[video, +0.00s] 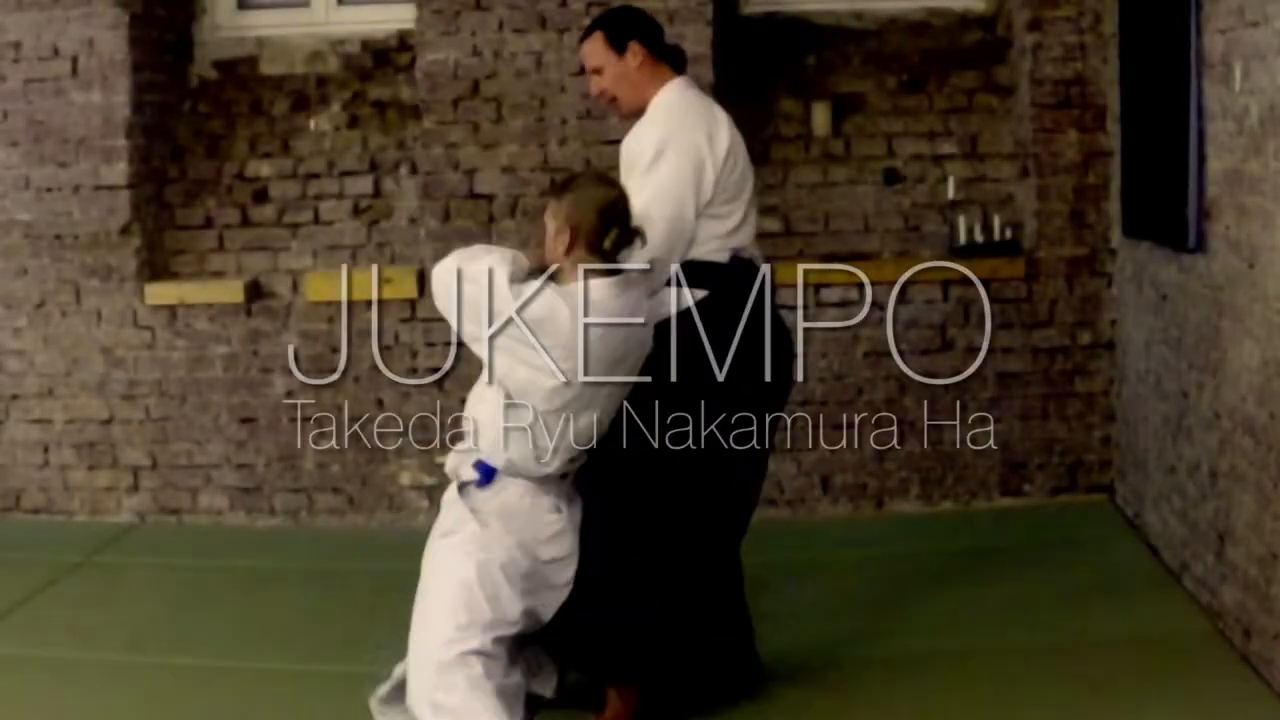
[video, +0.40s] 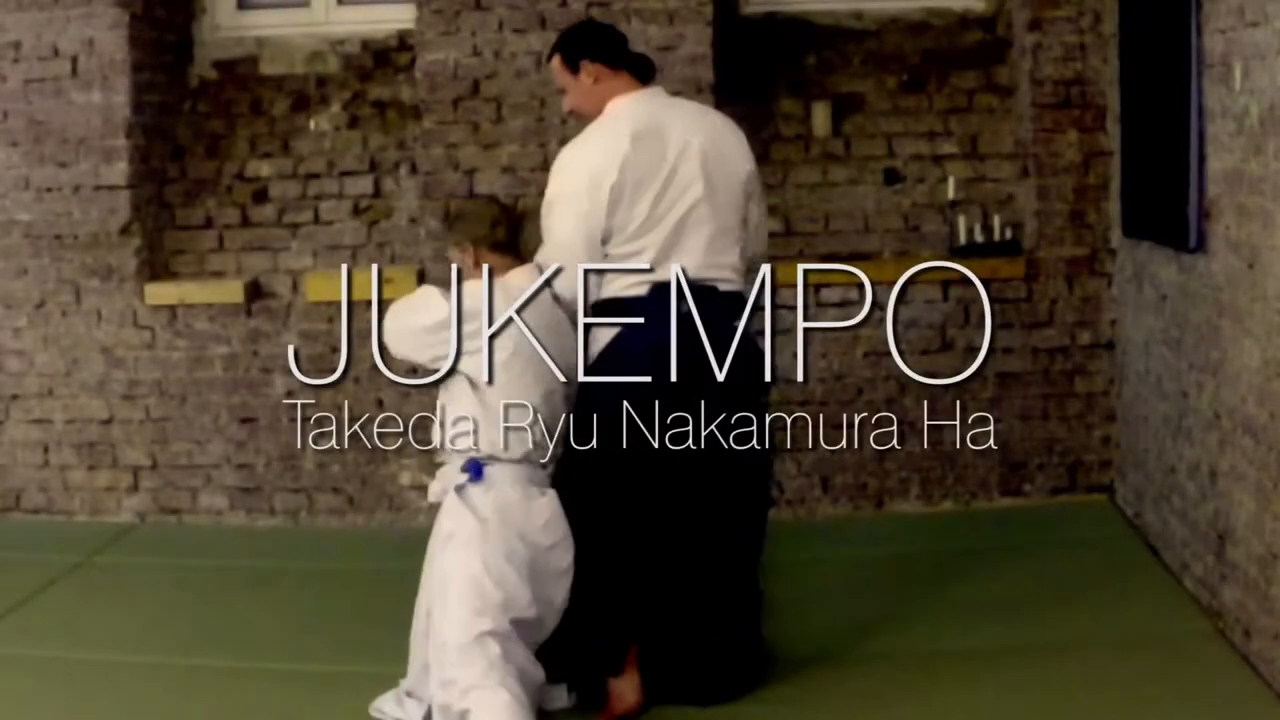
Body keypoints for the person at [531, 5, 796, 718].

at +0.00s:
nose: (593, 90)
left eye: (596, 72)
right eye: (587, 76)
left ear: (637, 55)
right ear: (640, 58)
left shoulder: (674, 125)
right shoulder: (690, 113)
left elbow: (653, 245)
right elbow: (660, 235)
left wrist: (585, 305)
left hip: (691, 328)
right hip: (713, 318)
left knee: (652, 500)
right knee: (693, 497)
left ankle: (646, 673)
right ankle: (709, 664)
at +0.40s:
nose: (566, 105)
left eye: (566, 86)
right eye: (562, 89)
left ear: (595, 71)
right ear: (630, 69)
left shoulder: (589, 154)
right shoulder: (725, 133)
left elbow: (564, 276)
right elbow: (754, 249)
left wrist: (506, 272)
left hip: (624, 355)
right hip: (723, 349)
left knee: (607, 505)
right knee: (718, 502)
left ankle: (620, 672)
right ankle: (718, 665)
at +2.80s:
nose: (562, 72)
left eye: (570, 56)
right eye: (557, 60)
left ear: (609, 50)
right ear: (592, 55)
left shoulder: (664, 114)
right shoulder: (597, 129)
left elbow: (709, 206)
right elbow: (598, 226)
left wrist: (673, 295)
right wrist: (577, 308)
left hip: (665, 311)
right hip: (610, 316)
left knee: (659, 471)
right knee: (612, 469)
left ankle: (676, 632)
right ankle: (630, 627)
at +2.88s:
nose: (571, 61)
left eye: (581, 47)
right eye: (566, 49)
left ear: (621, 43)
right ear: (572, 51)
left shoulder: (677, 111)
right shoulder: (581, 133)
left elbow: (723, 207)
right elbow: (575, 227)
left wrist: (705, 301)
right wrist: (573, 298)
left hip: (669, 293)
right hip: (601, 301)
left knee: (672, 463)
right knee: (612, 462)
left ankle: (686, 618)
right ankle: (633, 616)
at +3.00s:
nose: (585, 55)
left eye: (598, 42)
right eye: (580, 44)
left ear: (637, 43)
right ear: (579, 51)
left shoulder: (689, 117)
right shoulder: (578, 131)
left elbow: (738, 208)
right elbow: (558, 215)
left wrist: (744, 308)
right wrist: (556, 287)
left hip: (690, 292)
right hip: (625, 302)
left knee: (677, 452)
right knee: (652, 460)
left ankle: (723, 538)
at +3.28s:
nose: (629, 48)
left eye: (641, 33)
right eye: (619, 37)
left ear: (672, 37)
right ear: (611, 46)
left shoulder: (731, 122)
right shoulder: (595, 139)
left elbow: (777, 220)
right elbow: (566, 225)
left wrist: (777, 314)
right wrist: (559, 292)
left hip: (722, 321)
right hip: (642, 327)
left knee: (739, 479)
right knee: (647, 483)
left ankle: (758, 634)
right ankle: (661, 635)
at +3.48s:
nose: (648, 50)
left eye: (661, 35)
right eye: (638, 38)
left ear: (692, 41)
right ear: (628, 47)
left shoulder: (750, 125)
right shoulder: (606, 138)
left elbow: (792, 225)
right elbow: (580, 227)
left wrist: (795, 320)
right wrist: (592, 301)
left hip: (734, 327)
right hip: (644, 330)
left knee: (753, 481)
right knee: (604, 478)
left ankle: (776, 639)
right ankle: (600, 632)